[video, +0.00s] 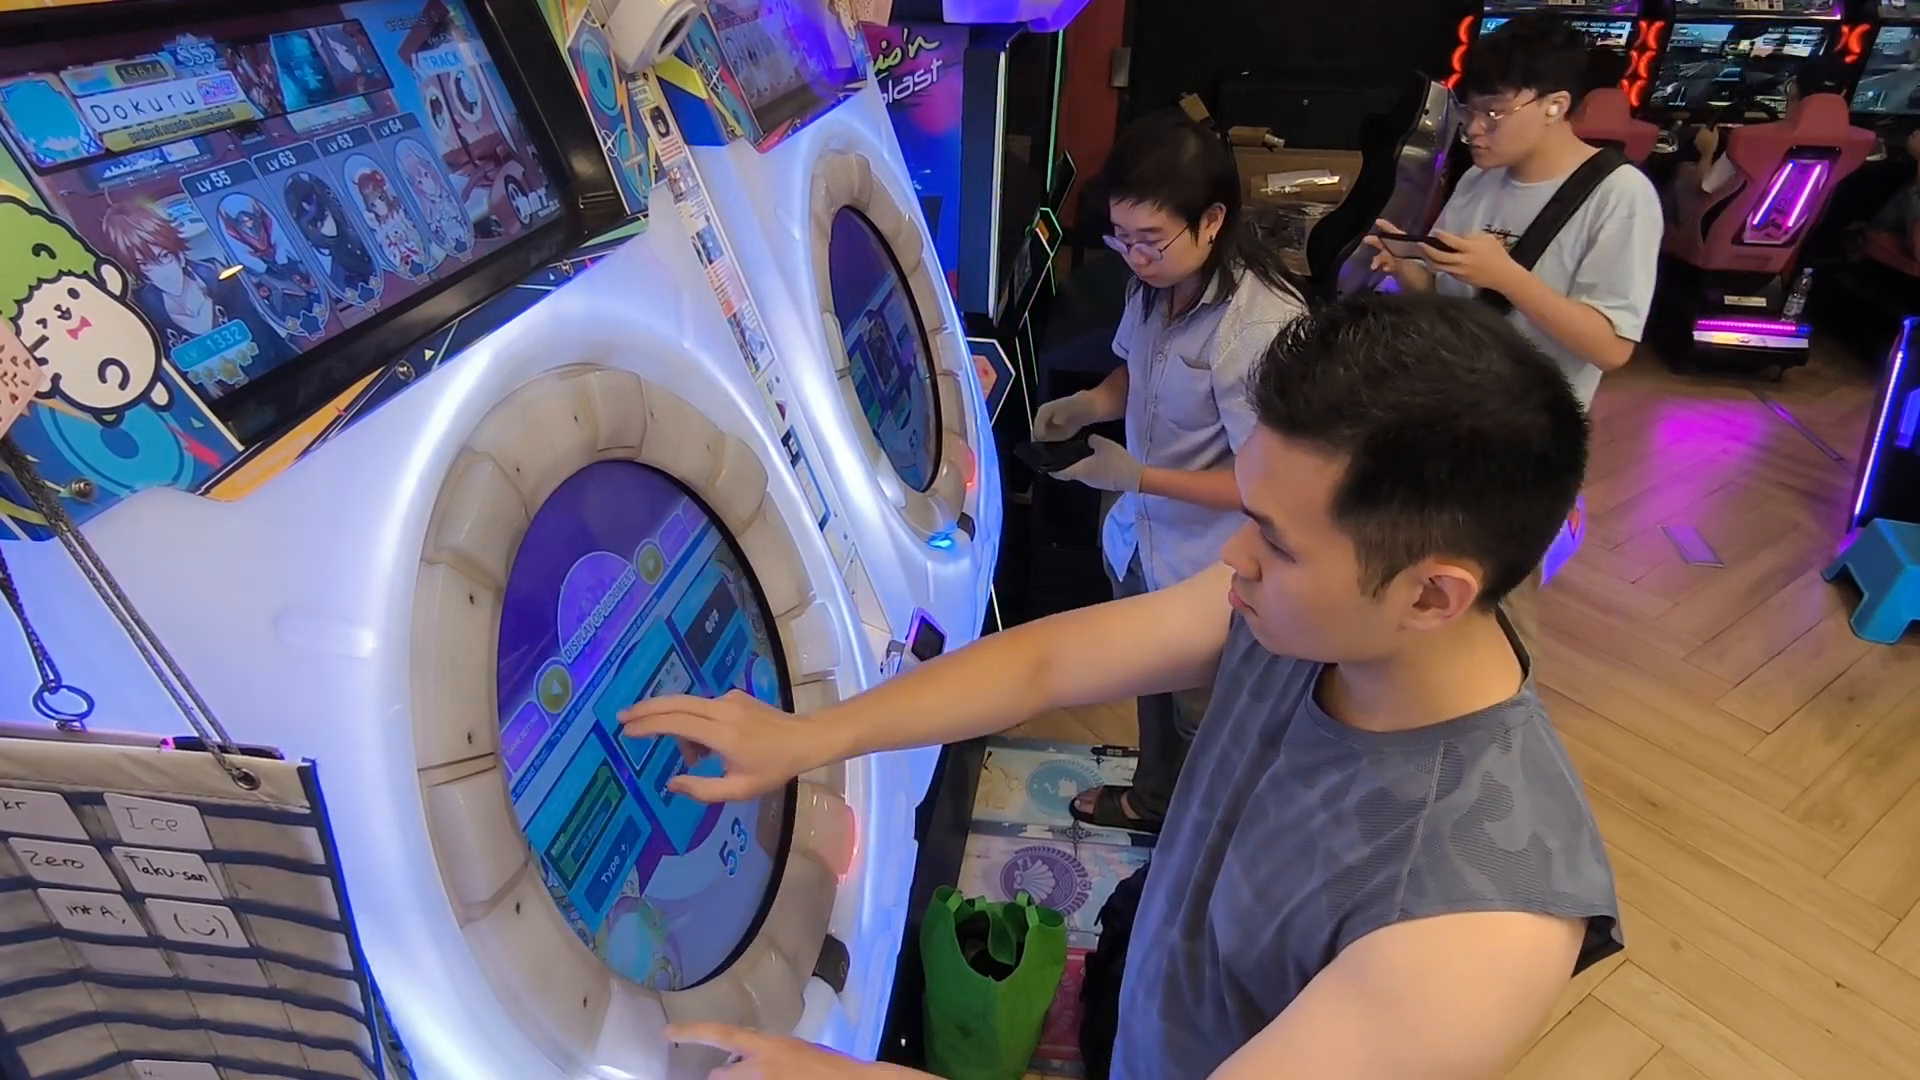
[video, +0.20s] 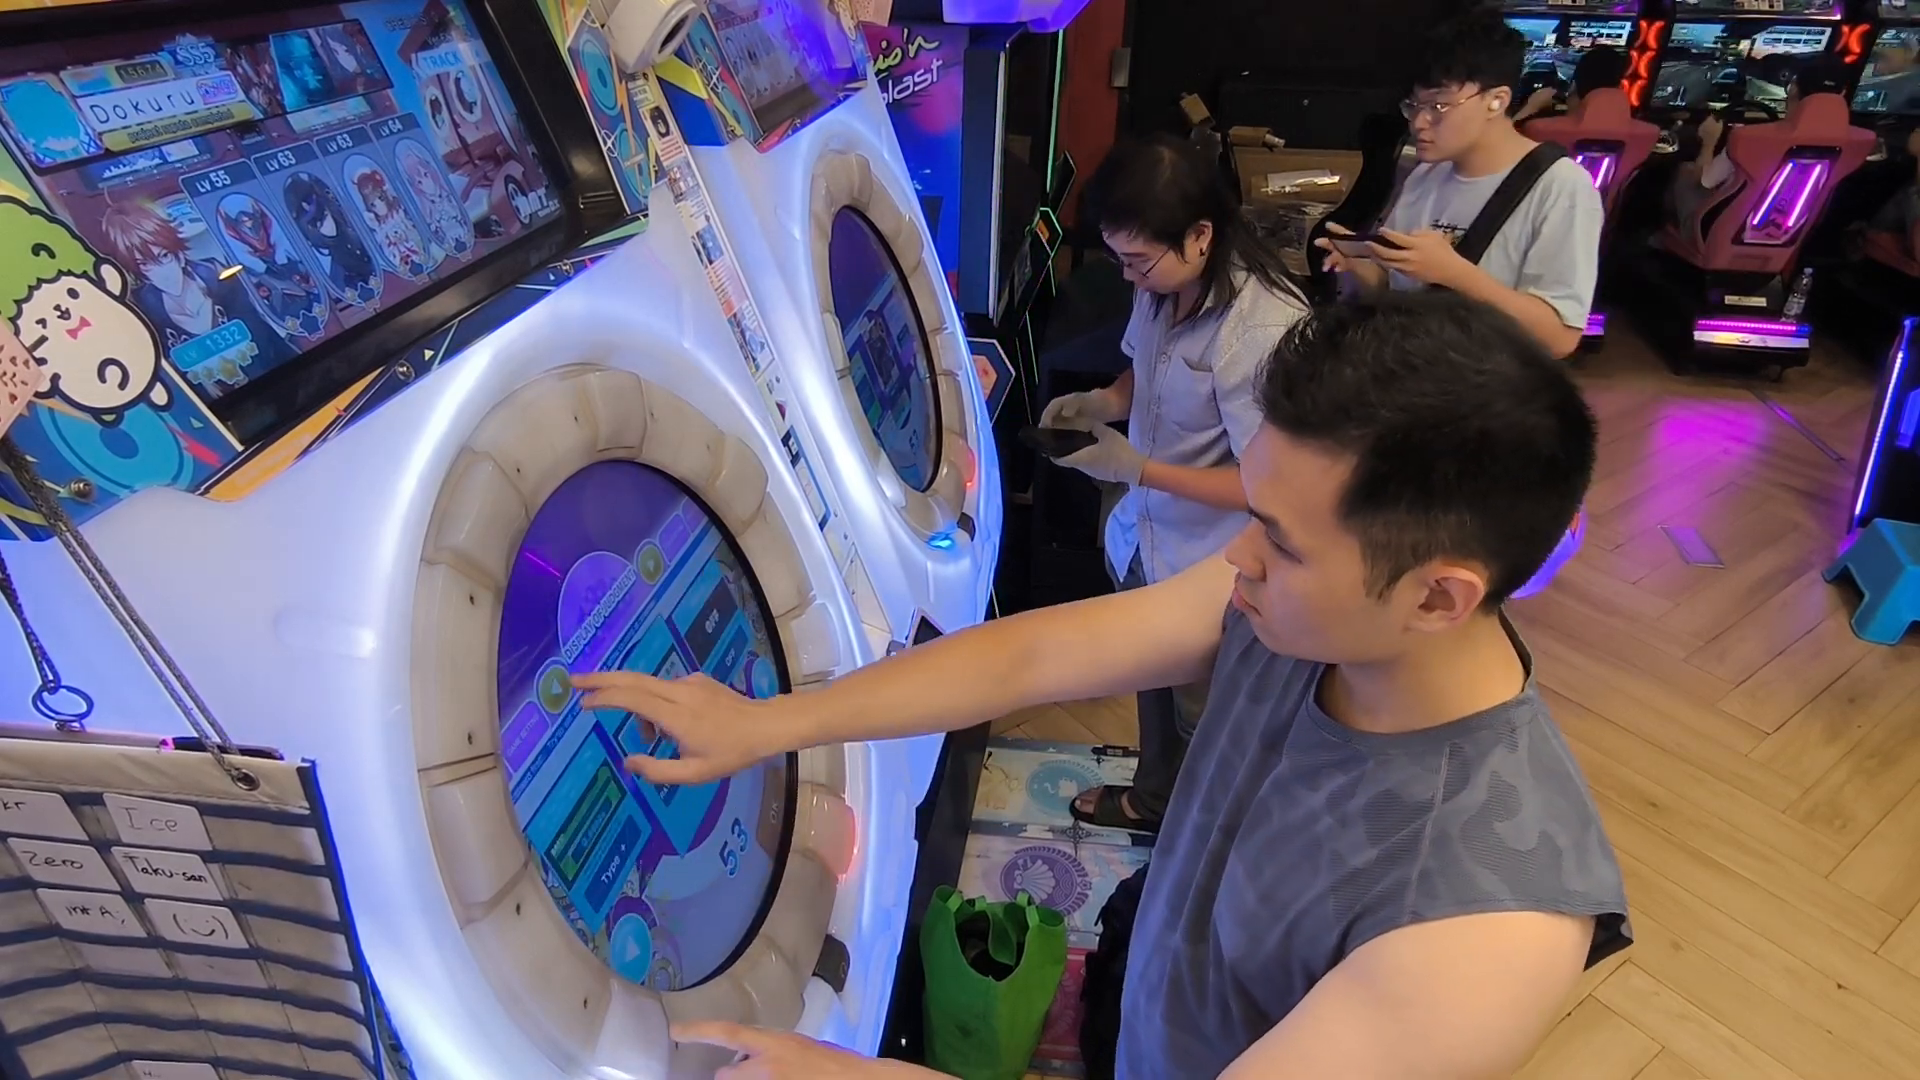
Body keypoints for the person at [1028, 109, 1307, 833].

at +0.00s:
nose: (1133, 257)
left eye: (1152, 241)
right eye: (1122, 238)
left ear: (1212, 222)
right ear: (1111, 218)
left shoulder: (1260, 329)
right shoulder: (1152, 282)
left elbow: (1262, 486)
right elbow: (1135, 375)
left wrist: (1138, 476)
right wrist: (1088, 406)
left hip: (1211, 557)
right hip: (1145, 527)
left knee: (1198, 703)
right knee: (1151, 675)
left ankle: (1195, 836)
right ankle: (1153, 795)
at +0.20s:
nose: (1129, 275)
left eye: (1142, 261)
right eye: (1120, 260)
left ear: (1200, 238)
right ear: (1110, 236)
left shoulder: (1262, 332)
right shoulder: (1160, 286)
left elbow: (1268, 488)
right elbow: (1138, 385)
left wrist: (1142, 468)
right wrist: (1095, 405)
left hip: (1215, 555)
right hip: (1151, 529)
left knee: (1199, 698)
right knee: (1153, 674)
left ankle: (1196, 826)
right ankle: (1152, 791)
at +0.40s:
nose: (1128, 283)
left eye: (1138, 271)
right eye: (1120, 270)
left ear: (1195, 248)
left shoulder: (1261, 332)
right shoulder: (1163, 291)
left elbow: (1267, 489)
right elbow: (1148, 387)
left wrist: (1142, 467)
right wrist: (1093, 403)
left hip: (1219, 547)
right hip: (1155, 526)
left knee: (1206, 690)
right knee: (1154, 669)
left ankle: (1199, 815)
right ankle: (1151, 790)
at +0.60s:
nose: (1128, 288)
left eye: (1139, 275)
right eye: (1119, 275)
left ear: (1195, 254)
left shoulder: (1263, 335)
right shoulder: (1169, 294)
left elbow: (1262, 490)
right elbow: (1156, 385)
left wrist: (1140, 463)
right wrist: (1098, 402)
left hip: (1218, 551)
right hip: (1155, 528)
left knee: (1197, 693)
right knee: (1153, 676)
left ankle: (1187, 813)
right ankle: (1150, 793)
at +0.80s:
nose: (1129, 296)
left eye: (1139, 284)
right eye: (1120, 284)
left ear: (1192, 262)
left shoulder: (1265, 335)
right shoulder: (1171, 296)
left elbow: (1256, 489)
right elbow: (1151, 386)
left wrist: (1139, 462)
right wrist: (1094, 401)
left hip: (1208, 549)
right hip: (1146, 528)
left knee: (1186, 689)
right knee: (1145, 677)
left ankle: (1170, 804)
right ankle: (1148, 791)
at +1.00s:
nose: (1129, 300)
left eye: (1138, 288)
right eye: (1120, 289)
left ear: (1192, 264)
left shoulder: (1262, 336)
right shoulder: (1167, 300)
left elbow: (1253, 489)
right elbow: (1147, 385)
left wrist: (1140, 463)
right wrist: (1096, 402)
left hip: (1205, 552)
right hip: (1144, 530)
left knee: (1184, 696)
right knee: (1143, 683)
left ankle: (1167, 809)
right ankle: (1144, 794)